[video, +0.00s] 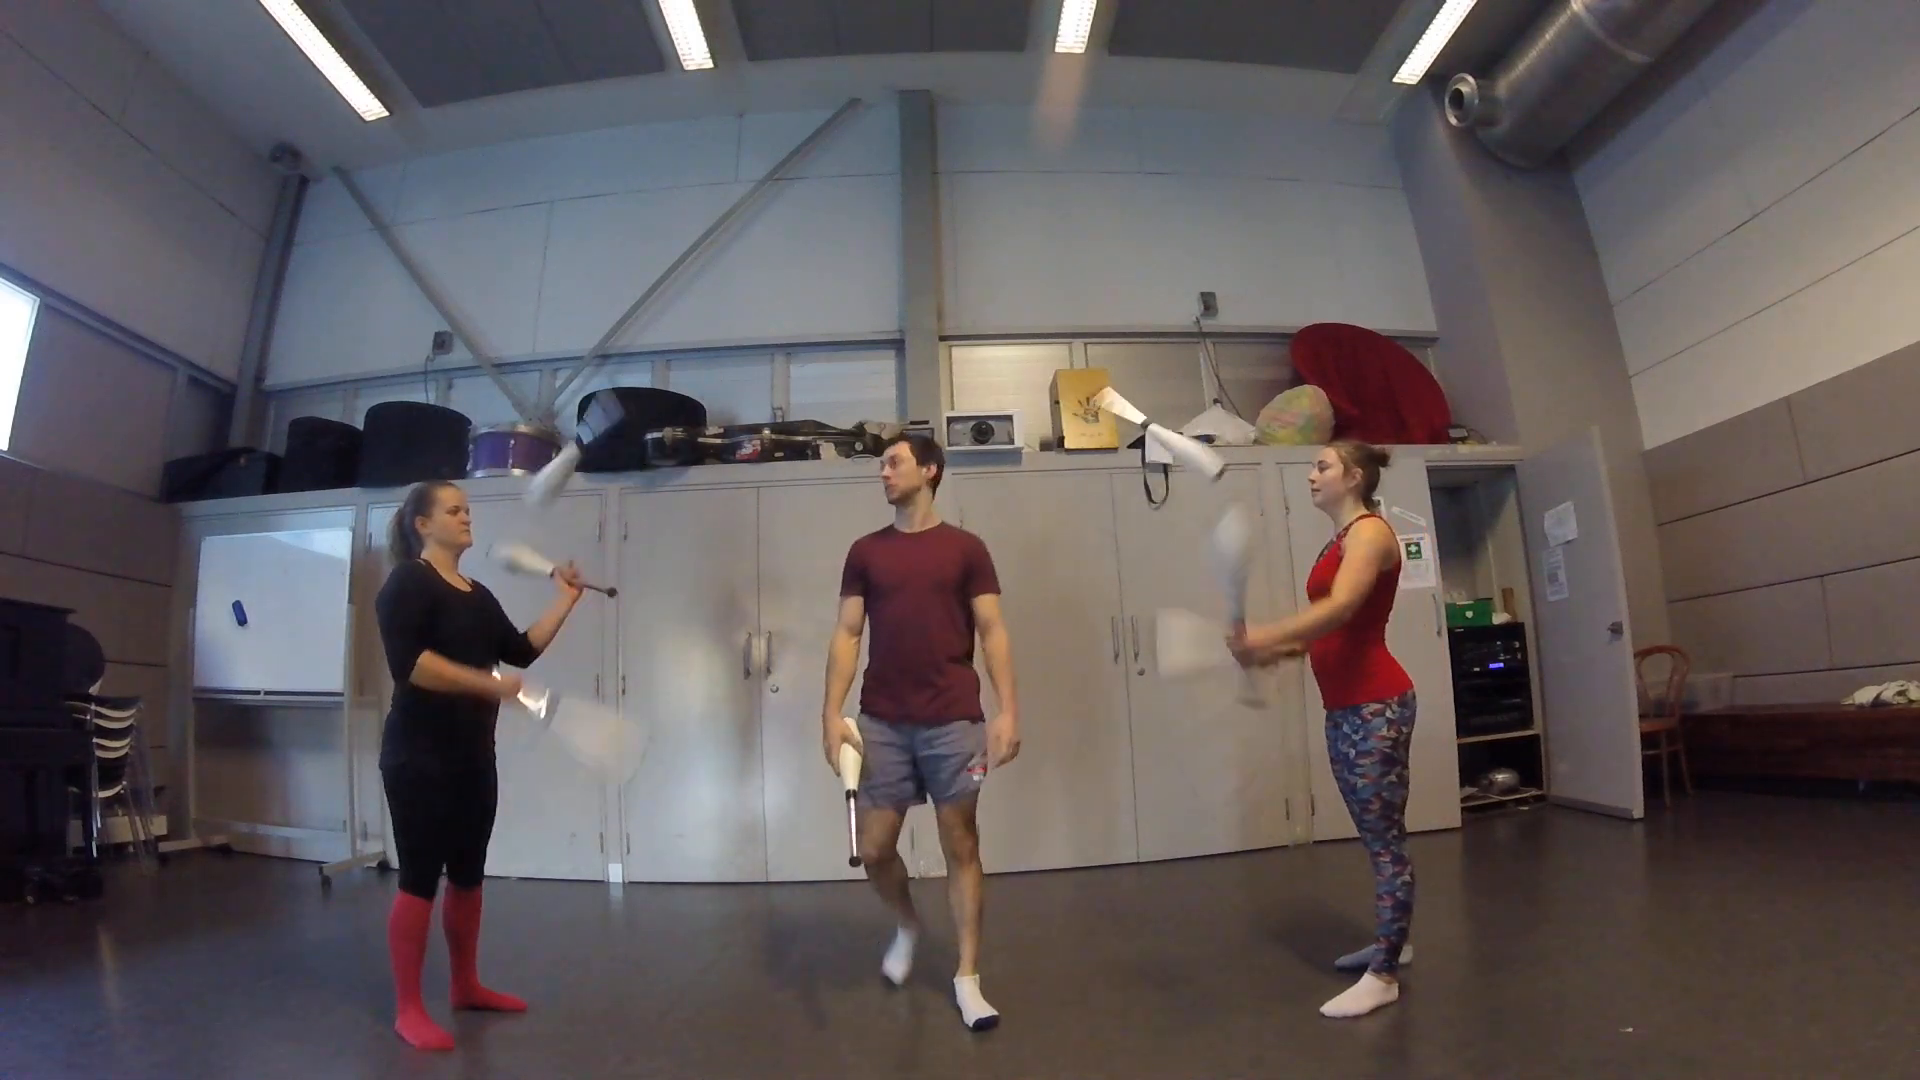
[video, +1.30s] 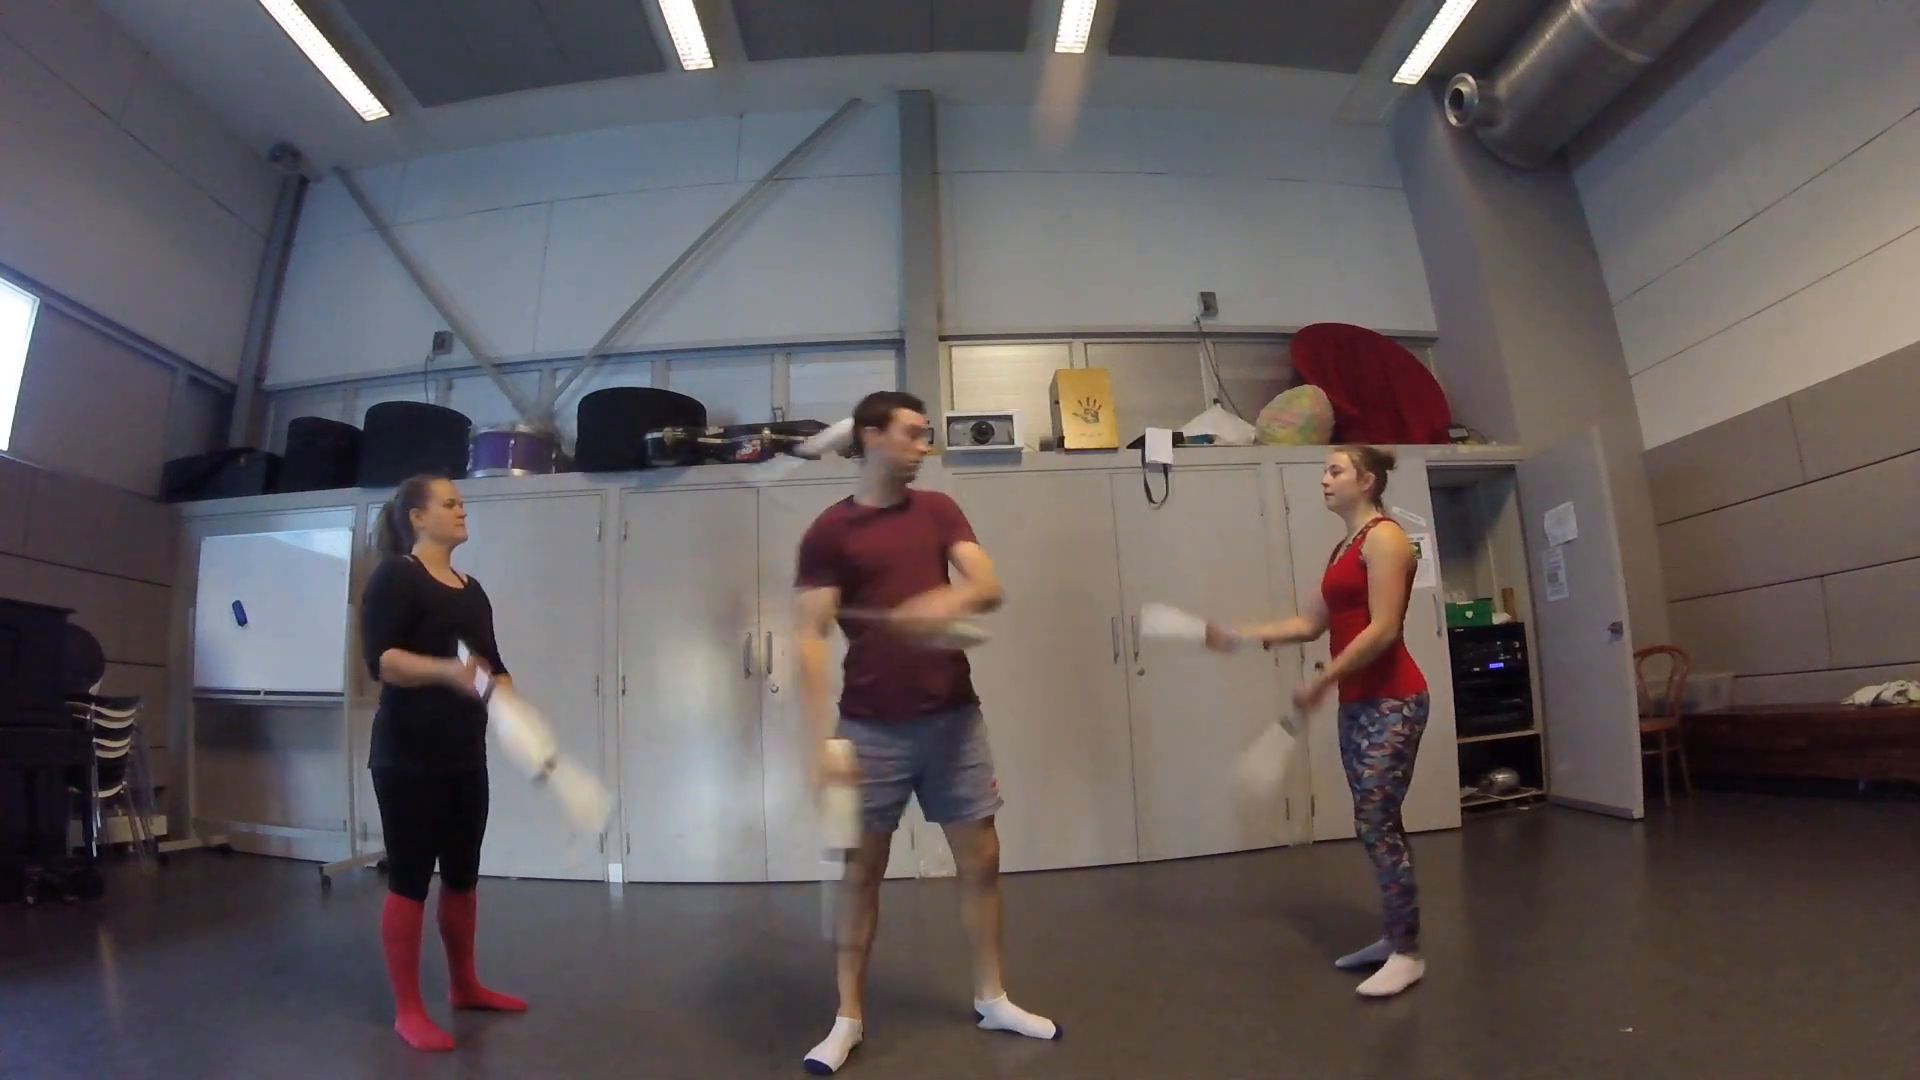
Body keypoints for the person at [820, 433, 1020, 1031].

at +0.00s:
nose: (885, 472)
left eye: (896, 463)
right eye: (883, 464)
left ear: (930, 473)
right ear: (887, 476)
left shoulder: (966, 548)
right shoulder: (866, 551)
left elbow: (992, 631)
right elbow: (846, 634)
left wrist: (1007, 713)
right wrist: (832, 713)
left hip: (952, 719)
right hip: (882, 722)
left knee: (961, 847)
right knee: (874, 852)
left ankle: (968, 976)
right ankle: (908, 925)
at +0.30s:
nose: (862, 460)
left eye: (873, 450)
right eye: (860, 452)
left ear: (912, 455)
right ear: (876, 462)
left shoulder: (958, 532)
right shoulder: (853, 542)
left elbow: (987, 617)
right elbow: (837, 633)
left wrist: (983, 691)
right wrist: (821, 719)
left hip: (947, 724)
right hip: (873, 723)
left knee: (958, 854)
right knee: (861, 861)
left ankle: (965, 980)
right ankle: (847, 1014)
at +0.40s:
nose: (846, 460)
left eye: (856, 449)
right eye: (845, 451)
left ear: (897, 453)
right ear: (878, 457)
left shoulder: (946, 527)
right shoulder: (841, 541)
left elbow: (965, 617)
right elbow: (824, 634)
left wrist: (922, 674)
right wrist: (804, 719)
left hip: (940, 725)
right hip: (861, 725)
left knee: (956, 857)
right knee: (854, 863)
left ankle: (965, 981)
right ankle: (845, 1016)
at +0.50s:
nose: (831, 453)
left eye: (842, 442)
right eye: (832, 443)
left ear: (882, 446)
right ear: (858, 451)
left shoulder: (931, 517)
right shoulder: (827, 535)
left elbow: (923, 607)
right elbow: (813, 632)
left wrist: (837, 638)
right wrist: (786, 716)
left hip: (926, 716)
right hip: (849, 722)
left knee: (964, 855)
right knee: (849, 865)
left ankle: (971, 973)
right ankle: (845, 1015)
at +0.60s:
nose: (818, 451)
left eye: (827, 440)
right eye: (817, 442)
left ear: (868, 442)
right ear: (855, 445)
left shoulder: (915, 511)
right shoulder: (820, 535)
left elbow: (863, 583)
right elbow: (802, 630)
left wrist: (755, 596)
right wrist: (774, 711)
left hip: (917, 714)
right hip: (839, 720)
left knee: (966, 854)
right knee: (844, 866)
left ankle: (990, 971)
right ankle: (845, 1018)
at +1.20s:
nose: (876, 443)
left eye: (885, 432)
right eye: (862, 432)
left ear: (898, 440)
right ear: (833, 443)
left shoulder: (918, 498)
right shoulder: (814, 537)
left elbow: (910, 570)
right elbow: (797, 640)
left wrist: (807, 598)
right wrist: (779, 732)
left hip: (937, 711)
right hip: (857, 721)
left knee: (979, 860)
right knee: (856, 871)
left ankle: (996, 995)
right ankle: (848, 1017)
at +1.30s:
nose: (924, 445)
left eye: (925, 435)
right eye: (912, 433)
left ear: (913, 446)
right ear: (870, 440)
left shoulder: (936, 509)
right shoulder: (830, 532)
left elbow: (987, 586)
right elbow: (813, 637)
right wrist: (824, 736)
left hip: (953, 719)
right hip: (874, 726)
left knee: (981, 859)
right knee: (861, 872)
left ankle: (991, 998)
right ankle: (848, 1019)